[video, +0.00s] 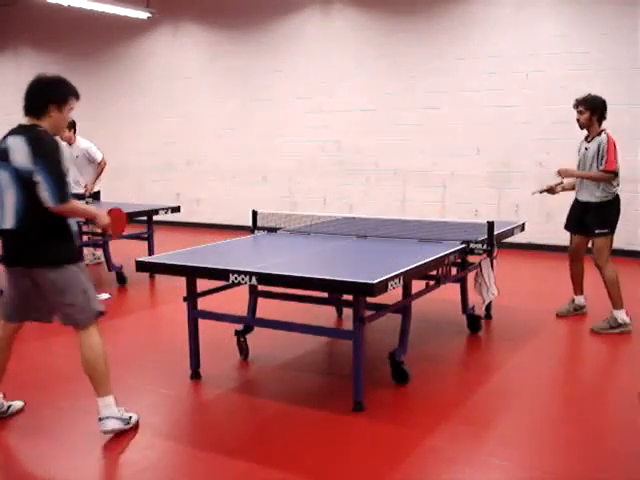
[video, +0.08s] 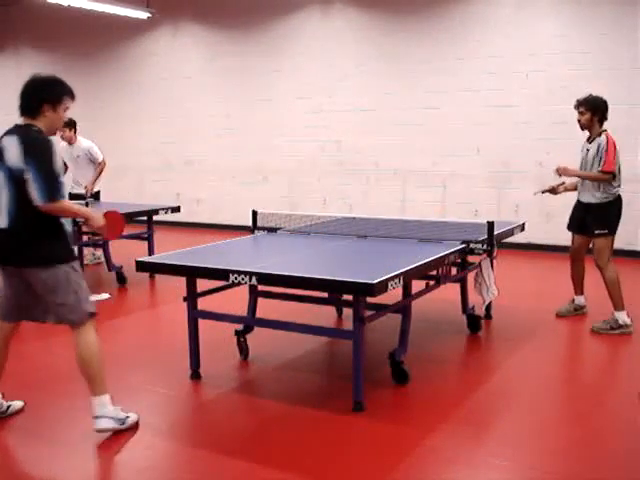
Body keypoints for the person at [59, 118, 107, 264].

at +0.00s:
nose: (61, 136)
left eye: (64, 132)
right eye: (61, 132)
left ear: (72, 131)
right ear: (63, 132)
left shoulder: (85, 146)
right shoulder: (61, 147)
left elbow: (102, 161)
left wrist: (93, 183)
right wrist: (63, 182)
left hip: (87, 191)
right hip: (70, 191)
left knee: (92, 224)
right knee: (73, 223)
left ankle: (95, 251)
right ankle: (77, 252)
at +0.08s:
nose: (61, 135)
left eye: (64, 132)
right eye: (60, 132)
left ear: (73, 131)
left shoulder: (87, 146)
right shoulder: (64, 148)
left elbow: (102, 163)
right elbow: (65, 165)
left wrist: (92, 184)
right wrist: (57, 180)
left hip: (90, 190)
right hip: (74, 189)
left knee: (94, 222)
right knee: (75, 223)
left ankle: (96, 251)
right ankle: (76, 251)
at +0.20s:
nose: (66, 134)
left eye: (68, 130)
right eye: (63, 131)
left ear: (76, 128)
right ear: (62, 131)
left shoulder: (91, 144)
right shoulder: (62, 146)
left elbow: (101, 162)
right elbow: (60, 163)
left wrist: (89, 178)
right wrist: (61, 175)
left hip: (92, 189)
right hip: (75, 190)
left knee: (95, 220)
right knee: (75, 220)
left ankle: (99, 248)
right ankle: (77, 246)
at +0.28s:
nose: (73, 132)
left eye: (74, 128)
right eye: (70, 129)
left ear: (81, 126)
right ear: (68, 129)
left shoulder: (95, 141)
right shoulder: (67, 144)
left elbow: (103, 160)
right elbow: (64, 161)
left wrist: (85, 171)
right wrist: (69, 169)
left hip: (96, 188)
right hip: (79, 189)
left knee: (105, 219)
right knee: (77, 220)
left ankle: (114, 243)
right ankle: (76, 245)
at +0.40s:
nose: (77, 131)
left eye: (79, 127)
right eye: (74, 128)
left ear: (85, 125)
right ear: (73, 128)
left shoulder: (99, 141)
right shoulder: (71, 143)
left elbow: (106, 161)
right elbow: (67, 162)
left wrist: (89, 169)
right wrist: (75, 167)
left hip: (100, 187)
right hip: (81, 188)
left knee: (112, 216)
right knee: (77, 219)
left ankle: (126, 241)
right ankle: (76, 245)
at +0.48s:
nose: (84, 131)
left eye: (85, 127)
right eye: (81, 128)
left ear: (92, 125)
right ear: (79, 128)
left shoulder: (105, 141)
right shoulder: (77, 143)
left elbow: (113, 160)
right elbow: (72, 163)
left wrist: (96, 168)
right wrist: (80, 163)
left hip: (105, 188)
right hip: (85, 188)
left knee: (120, 217)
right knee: (81, 219)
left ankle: (134, 240)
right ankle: (77, 245)